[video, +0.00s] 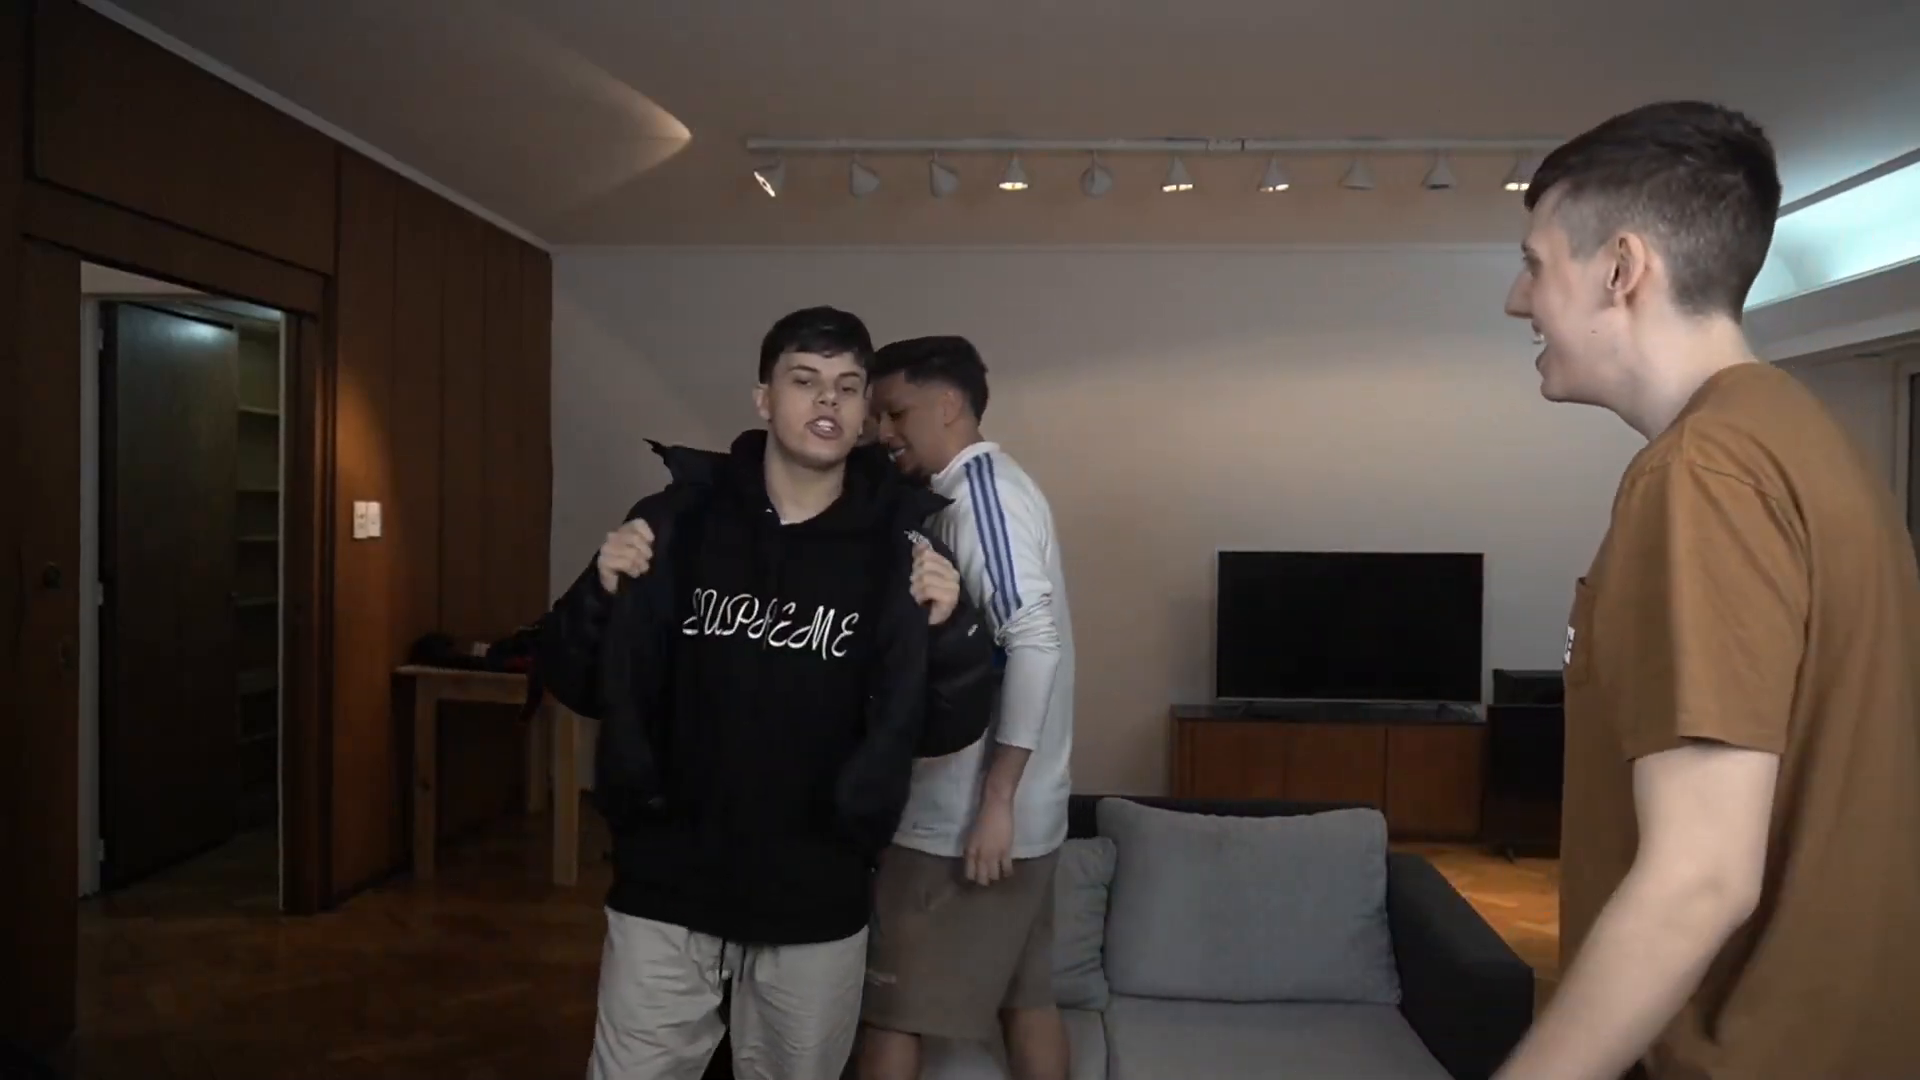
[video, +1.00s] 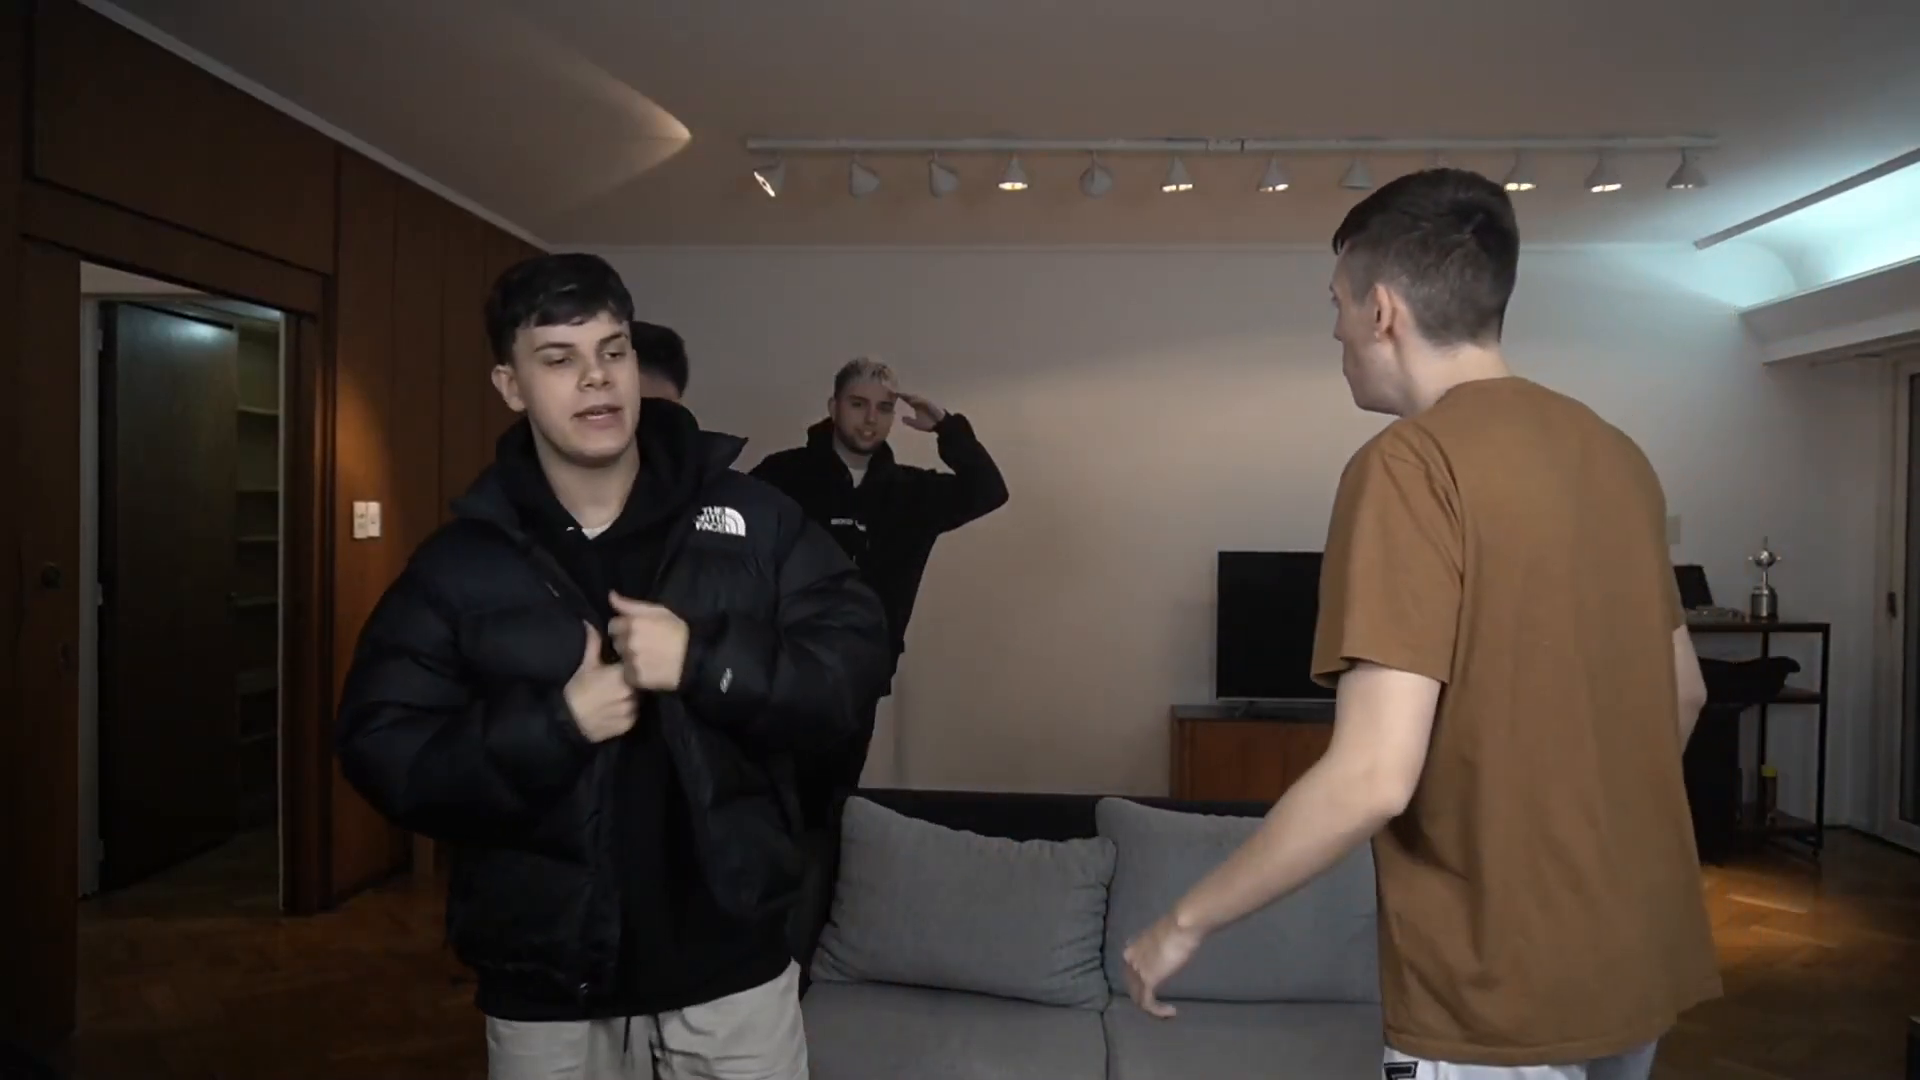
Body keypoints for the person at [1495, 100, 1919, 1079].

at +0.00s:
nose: (1519, 298)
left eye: (1536, 263)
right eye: (1526, 264)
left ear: (1625, 272)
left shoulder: (1703, 468)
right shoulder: (1818, 447)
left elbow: (1699, 876)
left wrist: (1530, 1069)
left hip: (1726, 1053)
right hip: (1846, 1041)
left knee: (1391, 888)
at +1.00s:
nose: (1339, 337)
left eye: (1338, 309)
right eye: (1336, 310)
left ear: (1385, 310)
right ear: (1488, 303)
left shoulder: (1412, 462)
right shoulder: (1616, 456)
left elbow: (1372, 774)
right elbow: (1680, 693)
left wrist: (1186, 921)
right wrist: (1589, 828)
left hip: (1486, 996)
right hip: (1638, 965)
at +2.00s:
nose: (1453, 446)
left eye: (1452, 426)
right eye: (1448, 427)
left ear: (1488, 416)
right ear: (1553, 403)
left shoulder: (1488, 513)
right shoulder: (1672, 476)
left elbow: (1391, 659)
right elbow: (1741, 563)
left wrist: (1249, 759)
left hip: (1567, 825)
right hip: (1709, 823)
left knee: (1562, 1047)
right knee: (1655, 1036)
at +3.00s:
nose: (1413, 438)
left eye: (1424, 427)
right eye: (1417, 424)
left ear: (1472, 434)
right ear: (1484, 432)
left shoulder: (1492, 495)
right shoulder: (1536, 470)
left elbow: (1405, 547)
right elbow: (1506, 428)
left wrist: (1322, 475)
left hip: (1528, 720)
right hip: (1577, 702)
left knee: (1521, 873)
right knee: (1555, 865)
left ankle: (1629, 1039)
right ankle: (1579, 1020)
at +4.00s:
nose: (1143, 433)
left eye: (1158, 422)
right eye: (1135, 421)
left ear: (1181, 432)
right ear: (1125, 427)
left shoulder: (1211, 495)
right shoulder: (1116, 491)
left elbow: (1264, 531)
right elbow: (1049, 509)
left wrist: (1292, 542)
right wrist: (967, 504)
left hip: (1184, 686)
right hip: (1133, 679)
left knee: (1139, 809)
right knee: (1141, 809)